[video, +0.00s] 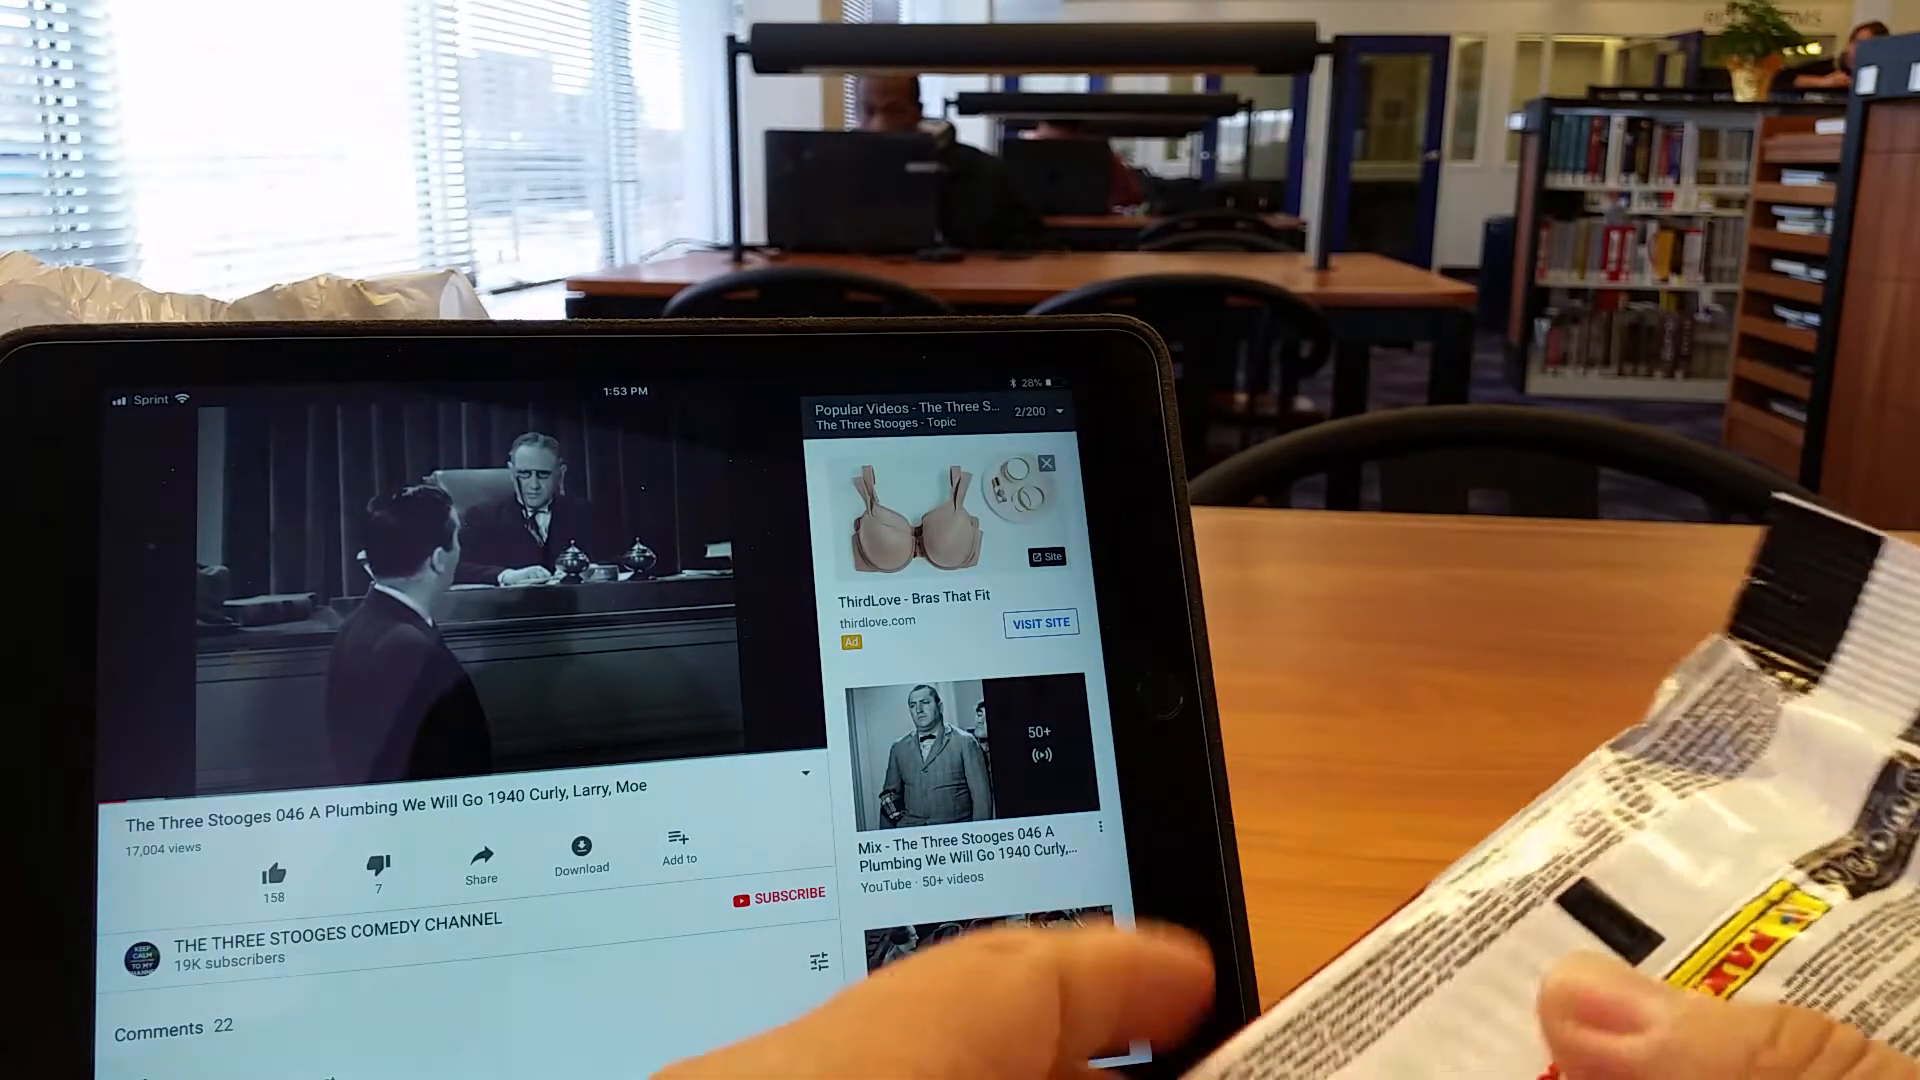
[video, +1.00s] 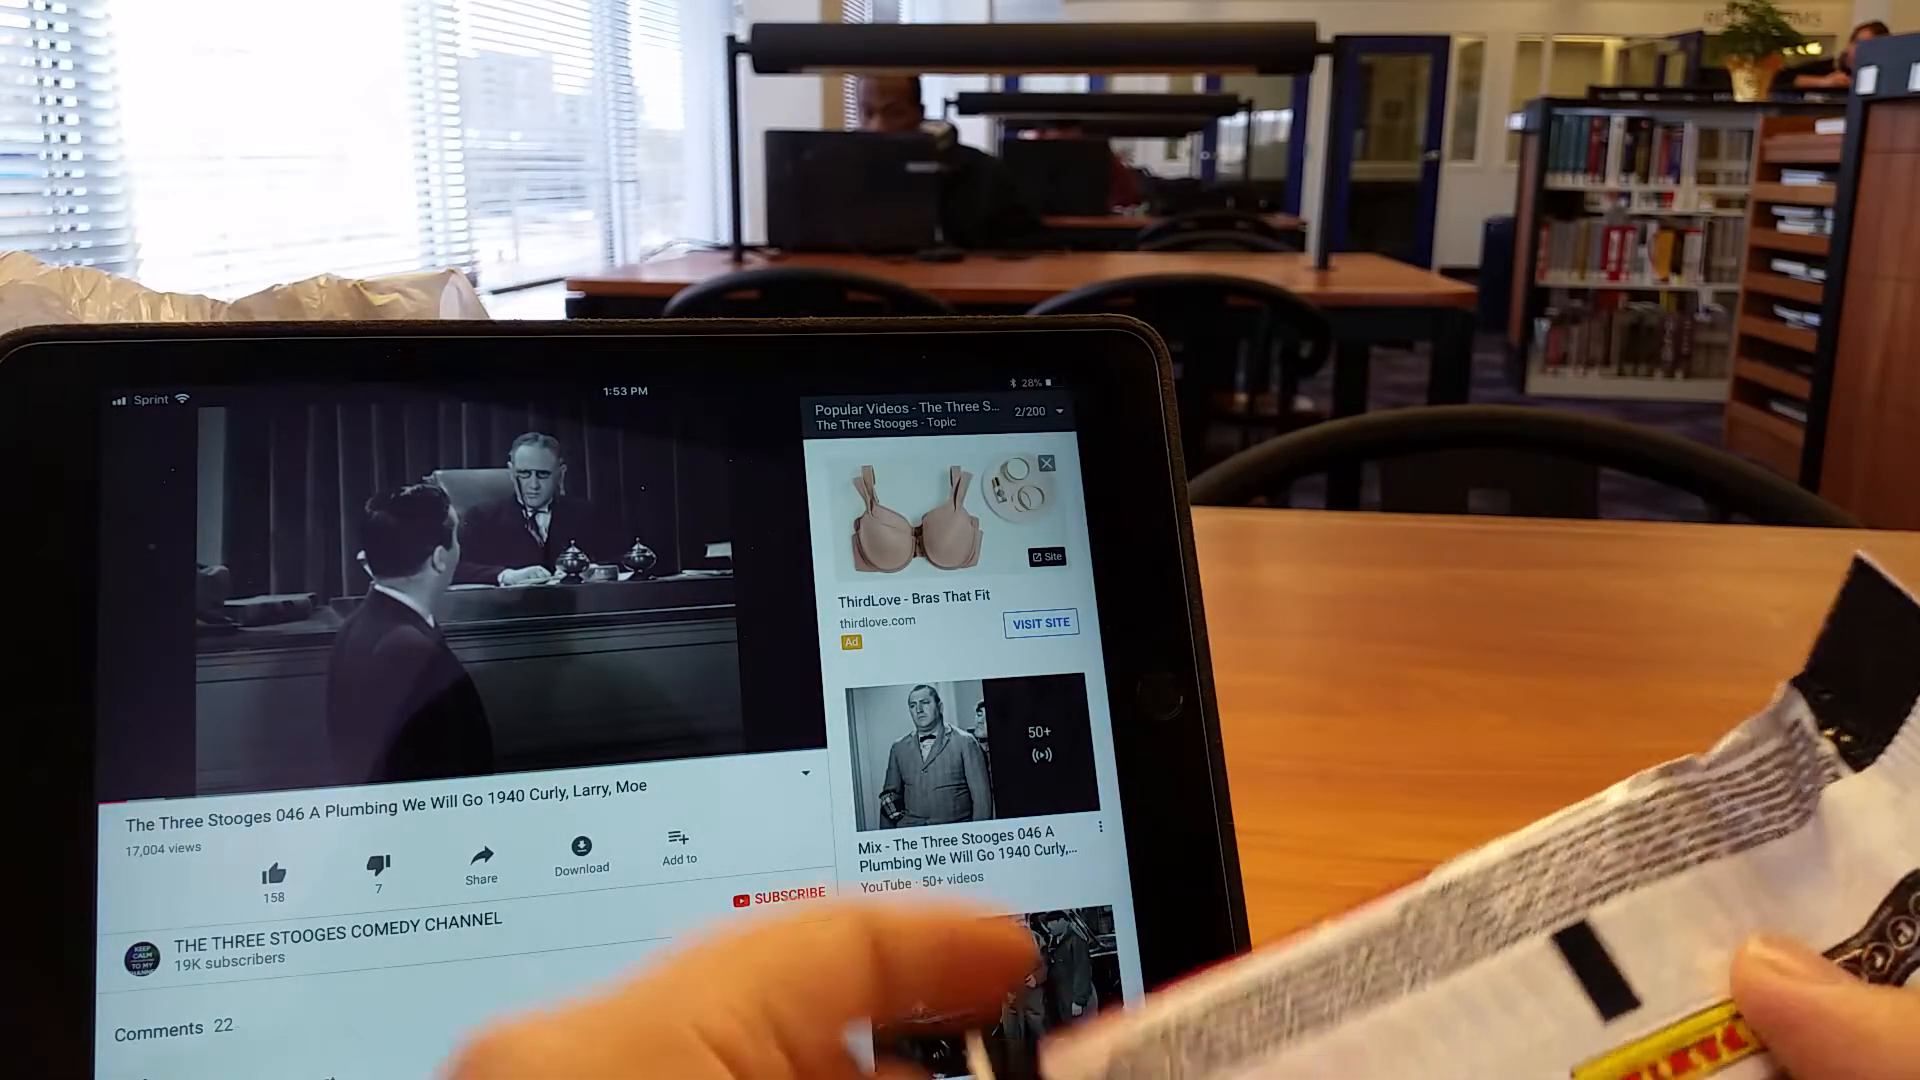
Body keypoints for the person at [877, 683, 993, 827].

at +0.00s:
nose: (919, 709)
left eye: (925, 703)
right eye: (913, 705)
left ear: (939, 706)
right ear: (909, 711)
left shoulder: (964, 742)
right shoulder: (899, 748)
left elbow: (981, 795)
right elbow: (891, 794)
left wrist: (979, 835)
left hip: (956, 831)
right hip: (910, 835)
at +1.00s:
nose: (919, 710)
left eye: (925, 703)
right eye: (913, 705)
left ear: (939, 707)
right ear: (909, 711)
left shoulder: (964, 742)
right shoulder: (899, 748)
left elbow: (981, 795)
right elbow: (890, 795)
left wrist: (979, 835)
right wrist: (886, 840)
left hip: (956, 831)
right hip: (910, 836)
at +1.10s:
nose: (919, 709)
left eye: (925, 702)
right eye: (913, 705)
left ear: (939, 706)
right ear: (909, 711)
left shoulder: (964, 742)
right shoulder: (899, 749)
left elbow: (981, 796)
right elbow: (892, 792)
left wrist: (979, 835)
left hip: (958, 833)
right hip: (916, 836)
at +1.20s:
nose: (919, 710)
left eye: (925, 703)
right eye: (913, 705)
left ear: (939, 707)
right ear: (910, 711)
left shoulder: (964, 742)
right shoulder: (899, 749)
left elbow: (981, 796)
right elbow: (893, 799)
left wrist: (977, 837)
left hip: (960, 833)